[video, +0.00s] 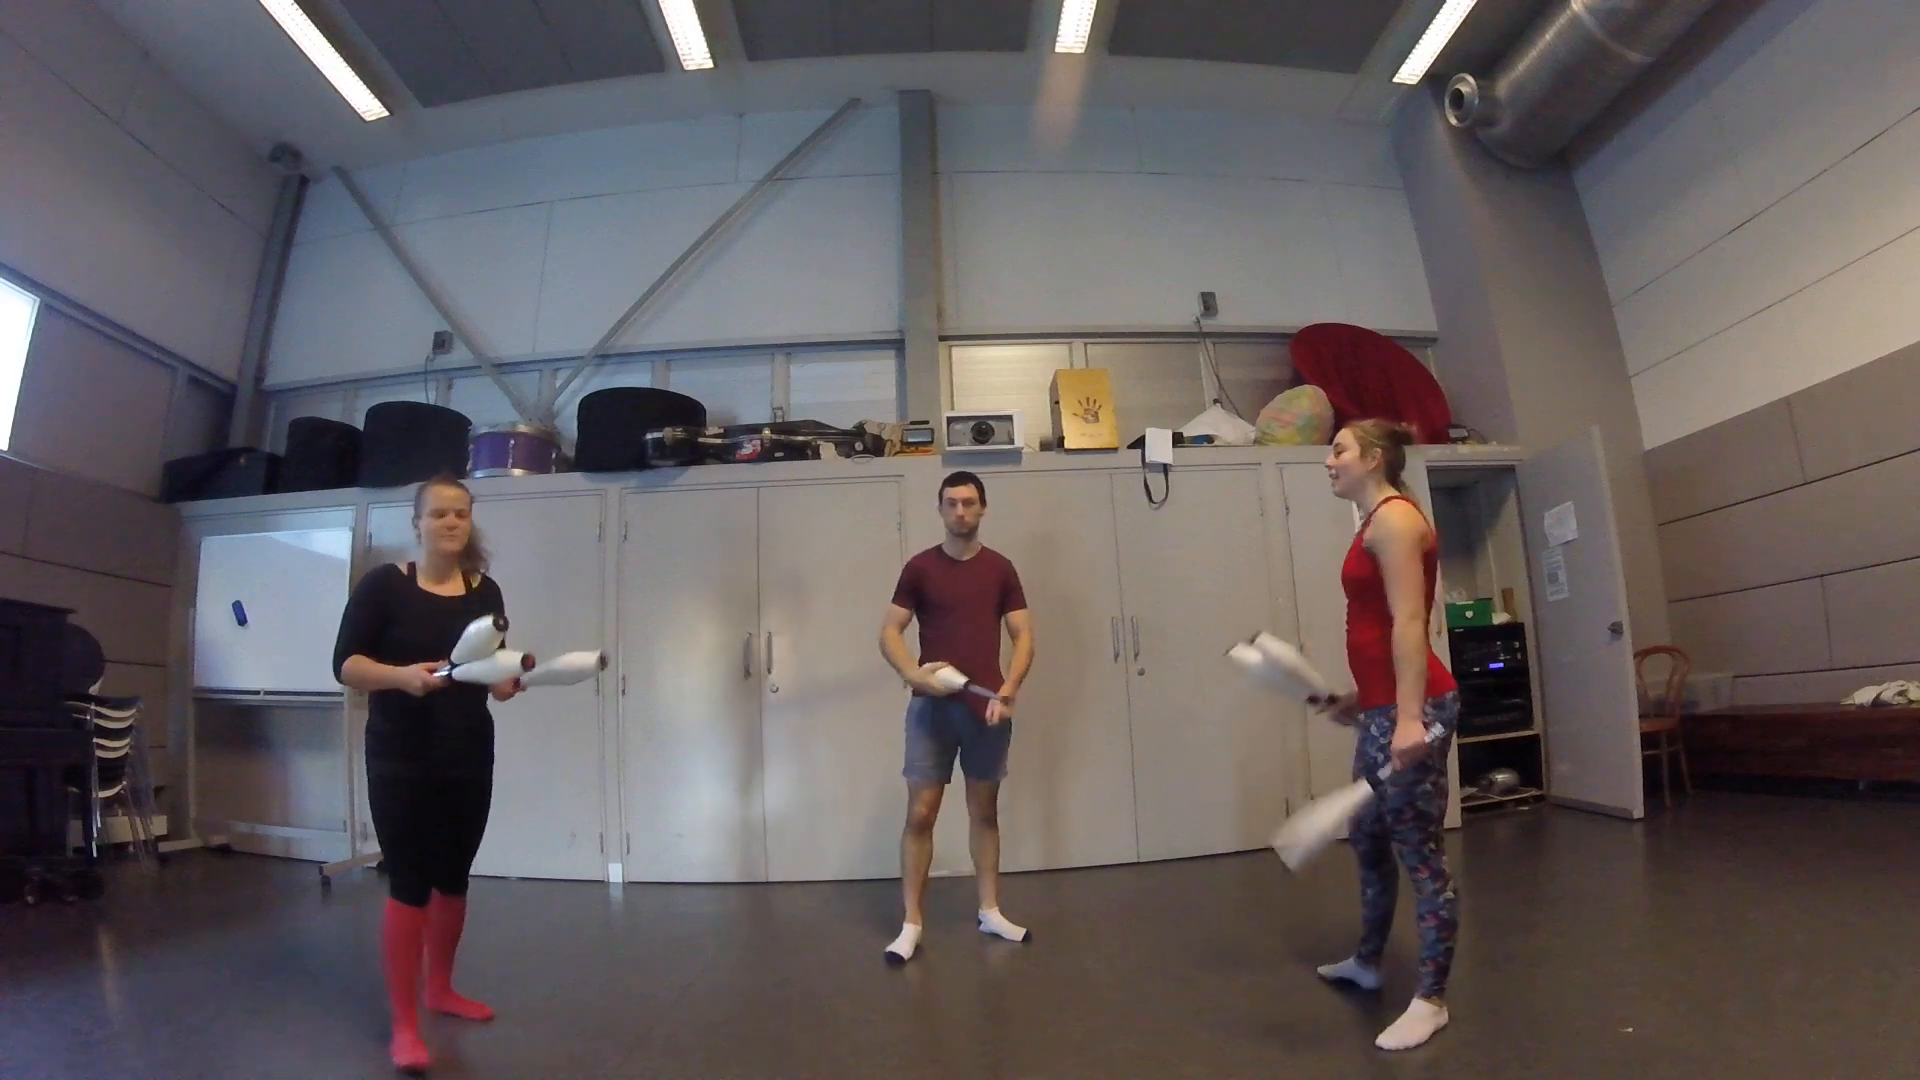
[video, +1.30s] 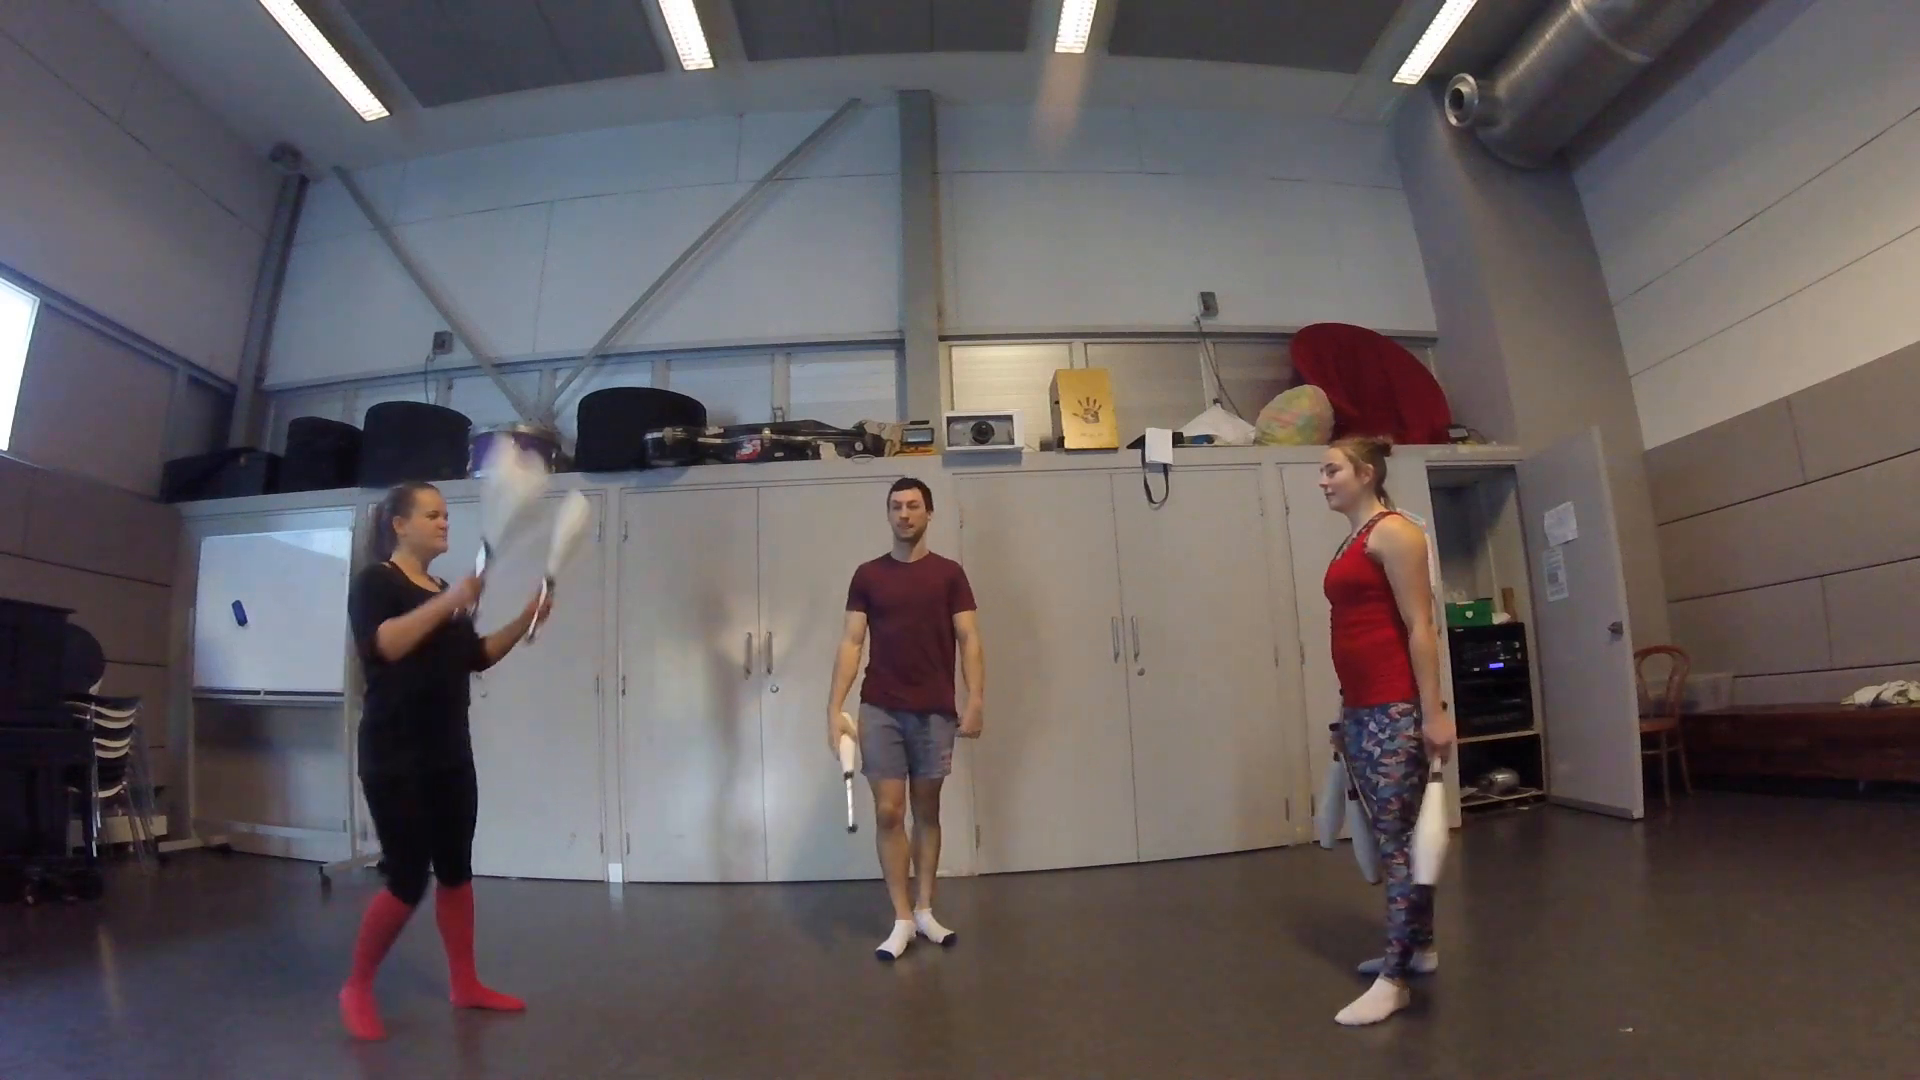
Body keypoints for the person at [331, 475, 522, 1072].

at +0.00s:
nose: (452, 522)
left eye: (461, 513)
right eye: (440, 514)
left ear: (473, 523)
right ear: (418, 524)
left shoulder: (484, 592)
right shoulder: (382, 584)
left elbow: (494, 670)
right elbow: (346, 664)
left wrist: (507, 675)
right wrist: (402, 676)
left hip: (468, 760)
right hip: (401, 762)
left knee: (453, 881)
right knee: (410, 888)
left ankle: (439, 990)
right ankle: (403, 1025)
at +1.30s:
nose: (445, 525)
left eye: (445, 517)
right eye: (434, 516)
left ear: (438, 528)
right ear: (398, 524)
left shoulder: (443, 592)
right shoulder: (374, 582)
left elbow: (478, 657)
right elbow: (385, 644)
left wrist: (524, 622)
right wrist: (450, 600)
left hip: (449, 748)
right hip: (393, 753)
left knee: (456, 870)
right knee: (407, 880)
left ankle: (465, 985)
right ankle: (358, 987)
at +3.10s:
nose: (472, 519)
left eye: (472, 511)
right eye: (460, 511)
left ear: (468, 522)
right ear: (426, 523)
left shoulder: (479, 594)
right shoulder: (406, 584)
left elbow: (513, 659)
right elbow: (396, 664)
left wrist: (562, 639)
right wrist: (457, 715)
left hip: (473, 748)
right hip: (422, 747)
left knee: (469, 870)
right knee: (427, 874)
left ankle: (467, 986)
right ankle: (406, 1004)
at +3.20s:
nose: (470, 519)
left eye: (470, 511)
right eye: (458, 512)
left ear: (468, 522)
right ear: (424, 524)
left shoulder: (479, 594)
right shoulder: (405, 586)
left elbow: (523, 653)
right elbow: (401, 668)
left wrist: (572, 610)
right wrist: (471, 713)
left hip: (470, 752)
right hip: (421, 754)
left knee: (468, 875)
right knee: (429, 881)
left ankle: (467, 988)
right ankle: (407, 1008)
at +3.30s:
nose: (468, 519)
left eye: (468, 511)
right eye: (455, 511)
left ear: (460, 523)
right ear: (422, 523)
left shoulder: (476, 593)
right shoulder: (404, 587)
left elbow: (521, 650)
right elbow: (410, 663)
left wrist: (568, 597)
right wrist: (489, 683)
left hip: (473, 753)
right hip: (418, 755)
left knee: (467, 874)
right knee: (419, 878)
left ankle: (467, 988)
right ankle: (409, 1010)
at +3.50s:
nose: (462, 518)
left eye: (463, 510)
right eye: (449, 510)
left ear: (462, 521)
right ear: (416, 523)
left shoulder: (468, 593)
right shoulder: (401, 582)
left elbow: (500, 663)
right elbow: (423, 645)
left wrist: (565, 661)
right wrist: (504, 610)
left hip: (468, 753)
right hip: (415, 755)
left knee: (465, 872)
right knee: (415, 877)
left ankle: (466, 987)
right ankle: (408, 1010)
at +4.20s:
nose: (459, 515)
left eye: (460, 507)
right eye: (447, 507)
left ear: (456, 518)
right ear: (413, 518)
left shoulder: (464, 588)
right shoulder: (394, 583)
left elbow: (482, 661)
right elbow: (404, 666)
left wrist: (536, 674)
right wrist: (487, 694)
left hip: (463, 754)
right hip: (409, 757)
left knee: (460, 874)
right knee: (410, 878)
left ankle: (465, 988)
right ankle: (408, 1012)